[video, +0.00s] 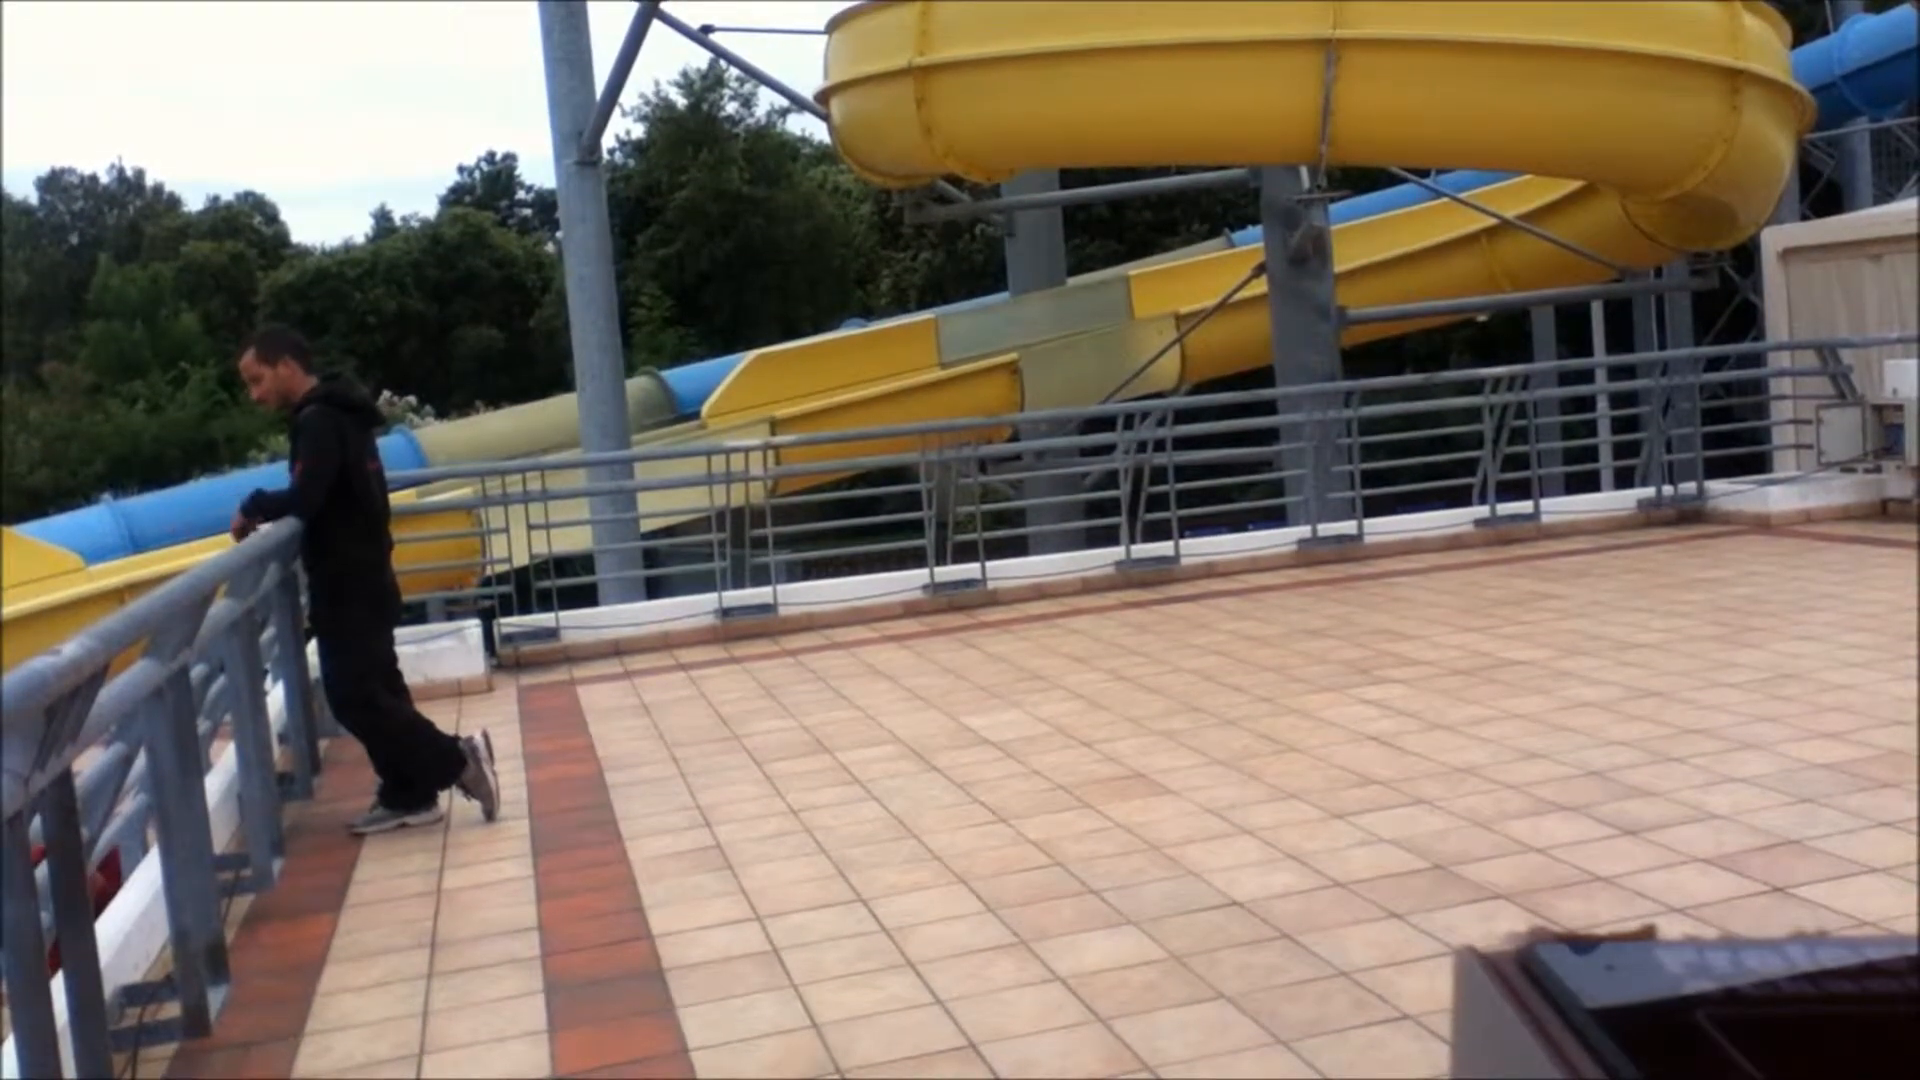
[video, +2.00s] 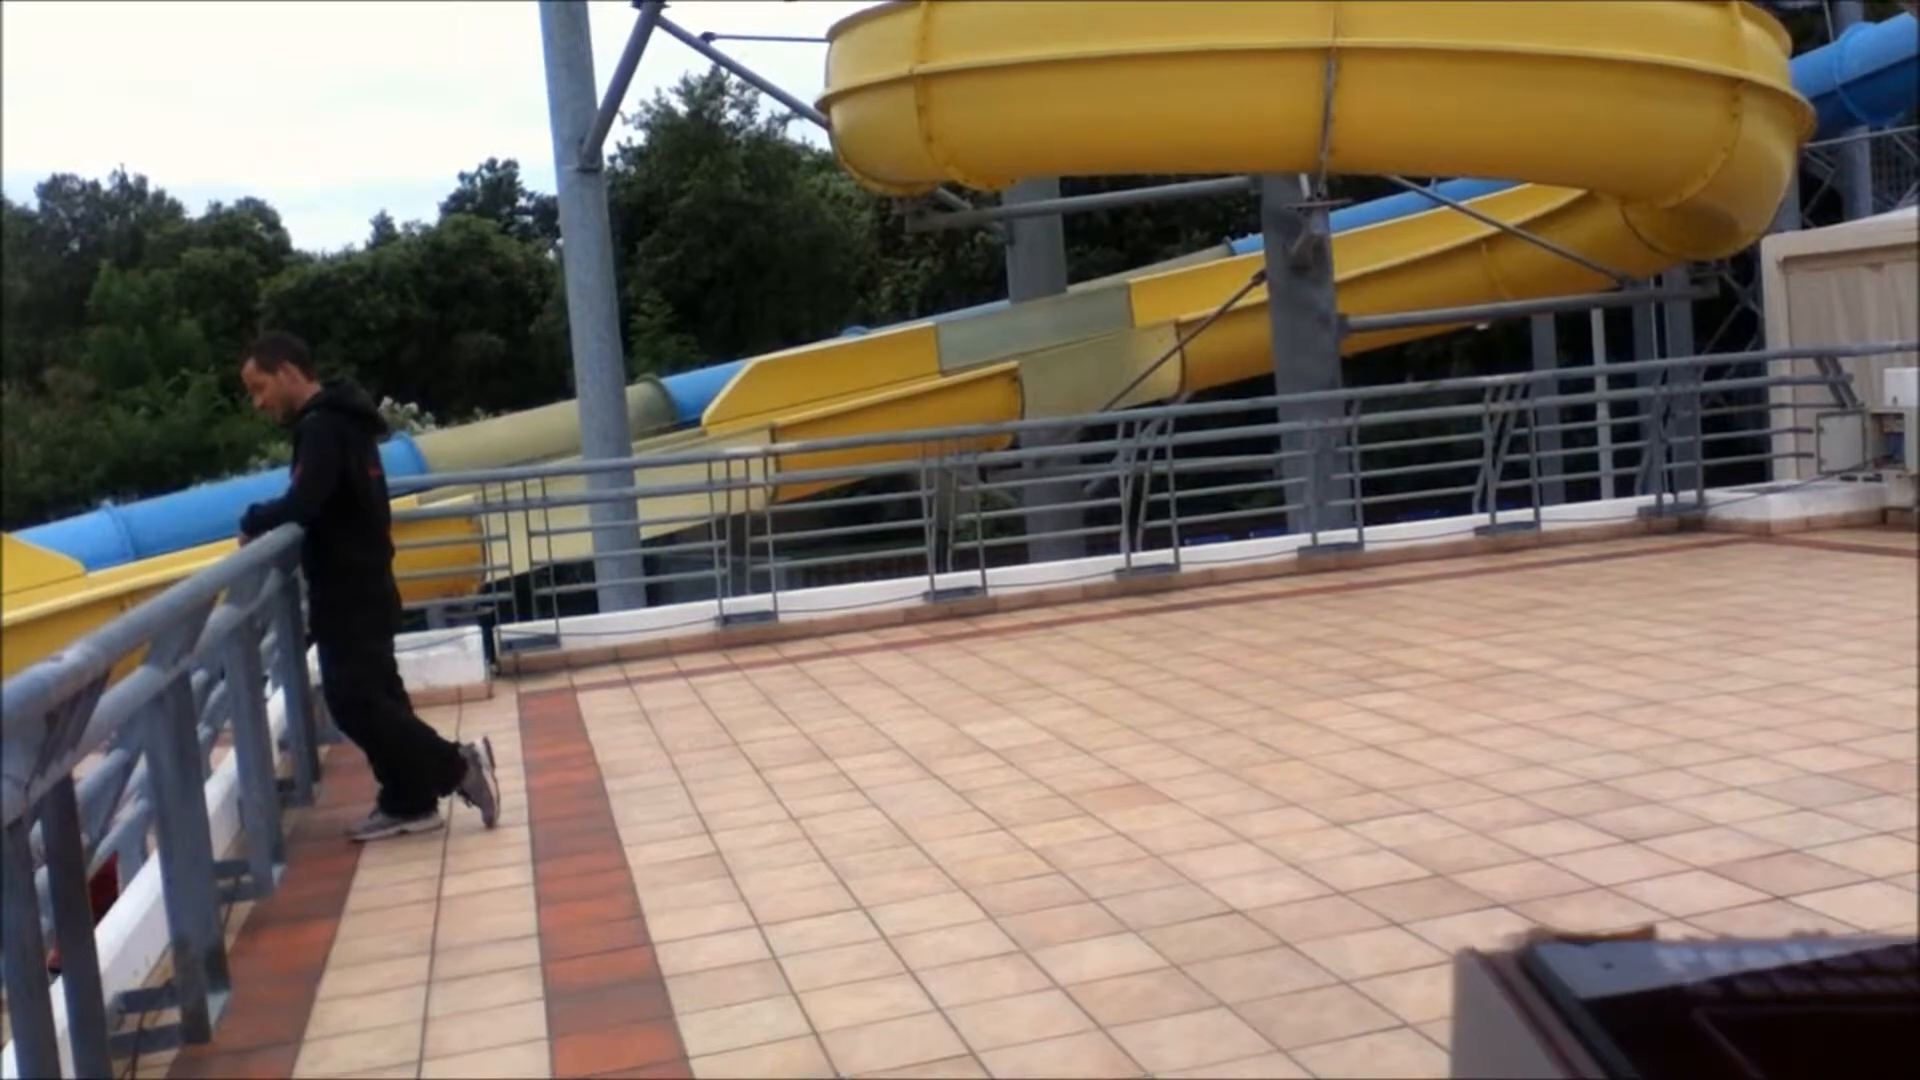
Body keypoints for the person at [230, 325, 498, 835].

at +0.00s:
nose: (253, 395)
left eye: (255, 381)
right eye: (248, 385)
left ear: (286, 367)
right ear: (290, 371)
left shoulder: (318, 420)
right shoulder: (335, 411)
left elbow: (308, 500)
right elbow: (320, 497)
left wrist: (253, 509)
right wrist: (262, 513)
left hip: (347, 586)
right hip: (363, 581)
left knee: (350, 699)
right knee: (377, 687)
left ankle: (456, 760)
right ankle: (406, 797)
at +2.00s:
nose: (257, 403)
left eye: (258, 388)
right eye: (252, 393)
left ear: (289, 373)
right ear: (294, 377)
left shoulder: (322, 426)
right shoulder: (340, 416)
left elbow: (307, 504)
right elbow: (321, 502)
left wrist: (255, 520)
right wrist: (270, 519)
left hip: (348, 592)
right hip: (364, 587)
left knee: (351, 705)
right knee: (377, 693)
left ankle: (455, 766)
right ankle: (407, 804)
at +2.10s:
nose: (257, 402)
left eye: (258, 388)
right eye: (251, 393)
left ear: (288, 372)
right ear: (293, 376)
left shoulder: (321, 425)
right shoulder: (339, 416)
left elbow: (307, 503)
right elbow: (322, 502)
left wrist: (255, 519)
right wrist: (270, 518)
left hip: (348, 592)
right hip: (363, 587)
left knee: (351, 705)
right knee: (377, 693)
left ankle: (455, 766)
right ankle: (407, 803)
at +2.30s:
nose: (256, 401)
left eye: (256, 386)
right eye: (250, 391)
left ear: (287, 371)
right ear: (292, 375)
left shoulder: (320, 424)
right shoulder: (337, 415)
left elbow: (307, 502)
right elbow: (321, 501)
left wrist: (256, 516)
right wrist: (271, 515)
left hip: (347, 591)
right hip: (361, 587)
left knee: (350, 703)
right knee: (376, 692)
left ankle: (454, 765)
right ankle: (406, 802)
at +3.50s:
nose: (252, 358)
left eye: (253, 343)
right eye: (248, 346)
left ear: (283, 333)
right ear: (289, 335)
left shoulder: (319, 386)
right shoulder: (334, 377)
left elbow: (303, 465)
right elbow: (311, 463)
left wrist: (247, 485)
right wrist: (261, 484)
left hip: (345, 552)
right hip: (359, 548)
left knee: (348, 666)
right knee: (373, 654)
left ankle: (451, 730)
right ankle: (403, 765)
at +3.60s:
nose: (252, 360)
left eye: (253, 346)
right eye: (248, 349)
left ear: (283, 336)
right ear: (290, 338)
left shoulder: (319, 388)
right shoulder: (334, 379)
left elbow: (303, 467)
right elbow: (312, 465)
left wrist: (248, 487)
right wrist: (262, 486)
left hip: (345, 554)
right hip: (360, 550)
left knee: (348, 667)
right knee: (373, 656)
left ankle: (451, 731)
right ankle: (403, 767)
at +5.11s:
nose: (549, 329)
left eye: (551, 319)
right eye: (535, 322)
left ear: (556, 324)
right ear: (501, 334)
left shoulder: (577, 383)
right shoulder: (472, 393)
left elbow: (616, 436)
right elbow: (428, 450)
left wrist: (666, 460)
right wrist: (380, 501)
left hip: (559, 543)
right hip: (498, 546)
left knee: (554, 665)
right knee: (523, 661)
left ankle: (488, 724)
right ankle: (538, 773)